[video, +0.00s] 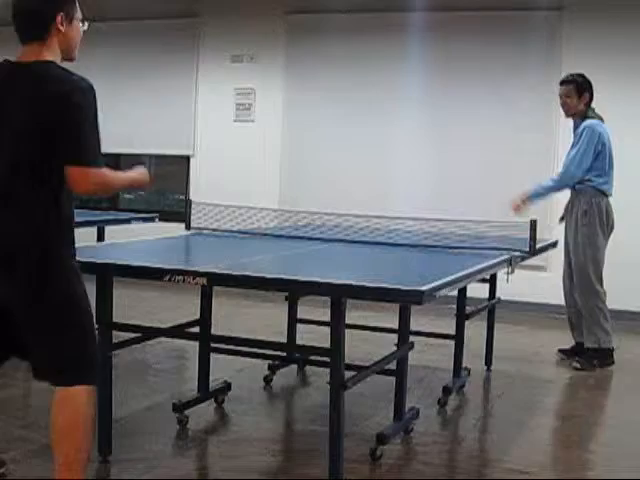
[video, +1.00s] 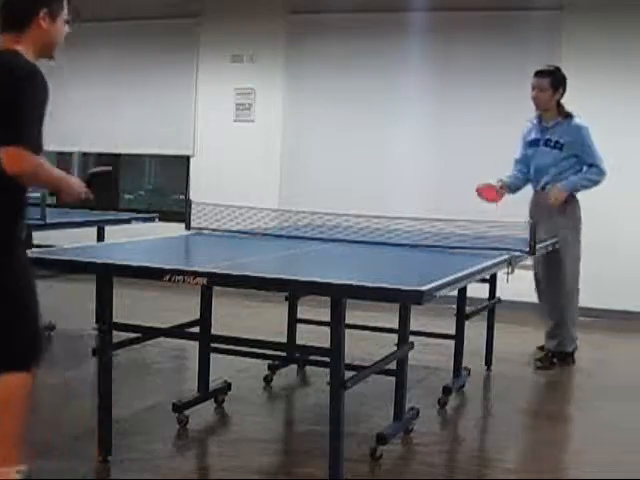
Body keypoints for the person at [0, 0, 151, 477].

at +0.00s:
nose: (83, 31)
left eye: (82, 20)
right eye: (80, 20)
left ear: (25, 25)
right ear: (60, 24)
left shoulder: (6, 77)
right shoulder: (70, 88)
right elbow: (83, 180)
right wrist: (132, 177)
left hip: (5, 250)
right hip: (39, 255)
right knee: (76, 370)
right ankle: (70, 475)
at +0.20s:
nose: (87, 37)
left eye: (86, 26)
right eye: (85, 26)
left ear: (28, 29)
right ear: (66, 30)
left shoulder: (5, 83)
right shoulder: (80, 94)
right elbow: (121, 176)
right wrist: (148, 151)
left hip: (4, 252)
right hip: (51, 257)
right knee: (85, 376)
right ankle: (72, 476)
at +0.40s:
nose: (89, 40)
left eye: (88, 30)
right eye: (87, 30)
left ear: (31, 34)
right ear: (69, 32)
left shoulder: (6, 84)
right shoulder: (82, 91)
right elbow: (111, 171)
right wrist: (132, 164)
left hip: (5, 257)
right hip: (53, 261)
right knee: (86, 383)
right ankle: (74, 474)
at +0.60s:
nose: (83, 45)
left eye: (84, 36)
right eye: (83, 36)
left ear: (28, 34)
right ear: (66, 34)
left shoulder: (3, 80)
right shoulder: (66, 94)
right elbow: (70, 170)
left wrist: (79, 189)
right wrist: (90, 196)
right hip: (32, 251)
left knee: (4, 363)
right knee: (72, 369)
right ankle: (73, 474)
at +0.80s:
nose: (76, 36)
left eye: (77, 25)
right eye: (75, 24)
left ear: (23, 22)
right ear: (57, 23)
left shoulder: (4, 65)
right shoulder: (48, 77)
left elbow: (29, 156)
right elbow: (34, 158)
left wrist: (53, 166)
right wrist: (66, 170)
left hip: (10, 234)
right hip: (17, 237)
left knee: (40, 351)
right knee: (43, 354)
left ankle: (17, 465)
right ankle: (17, 468)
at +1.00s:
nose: (65, 32)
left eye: (66, 22)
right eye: (63, 20)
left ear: (28, 19)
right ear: (42, 19)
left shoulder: (8, 69)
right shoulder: (23, 75)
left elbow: (16, 155)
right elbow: (15, 156)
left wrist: (56, 178)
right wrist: (63, 181)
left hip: (6, 243)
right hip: (3, 245)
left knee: (16, 346)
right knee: (17, 349)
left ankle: (10, 463)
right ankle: (9, 465)